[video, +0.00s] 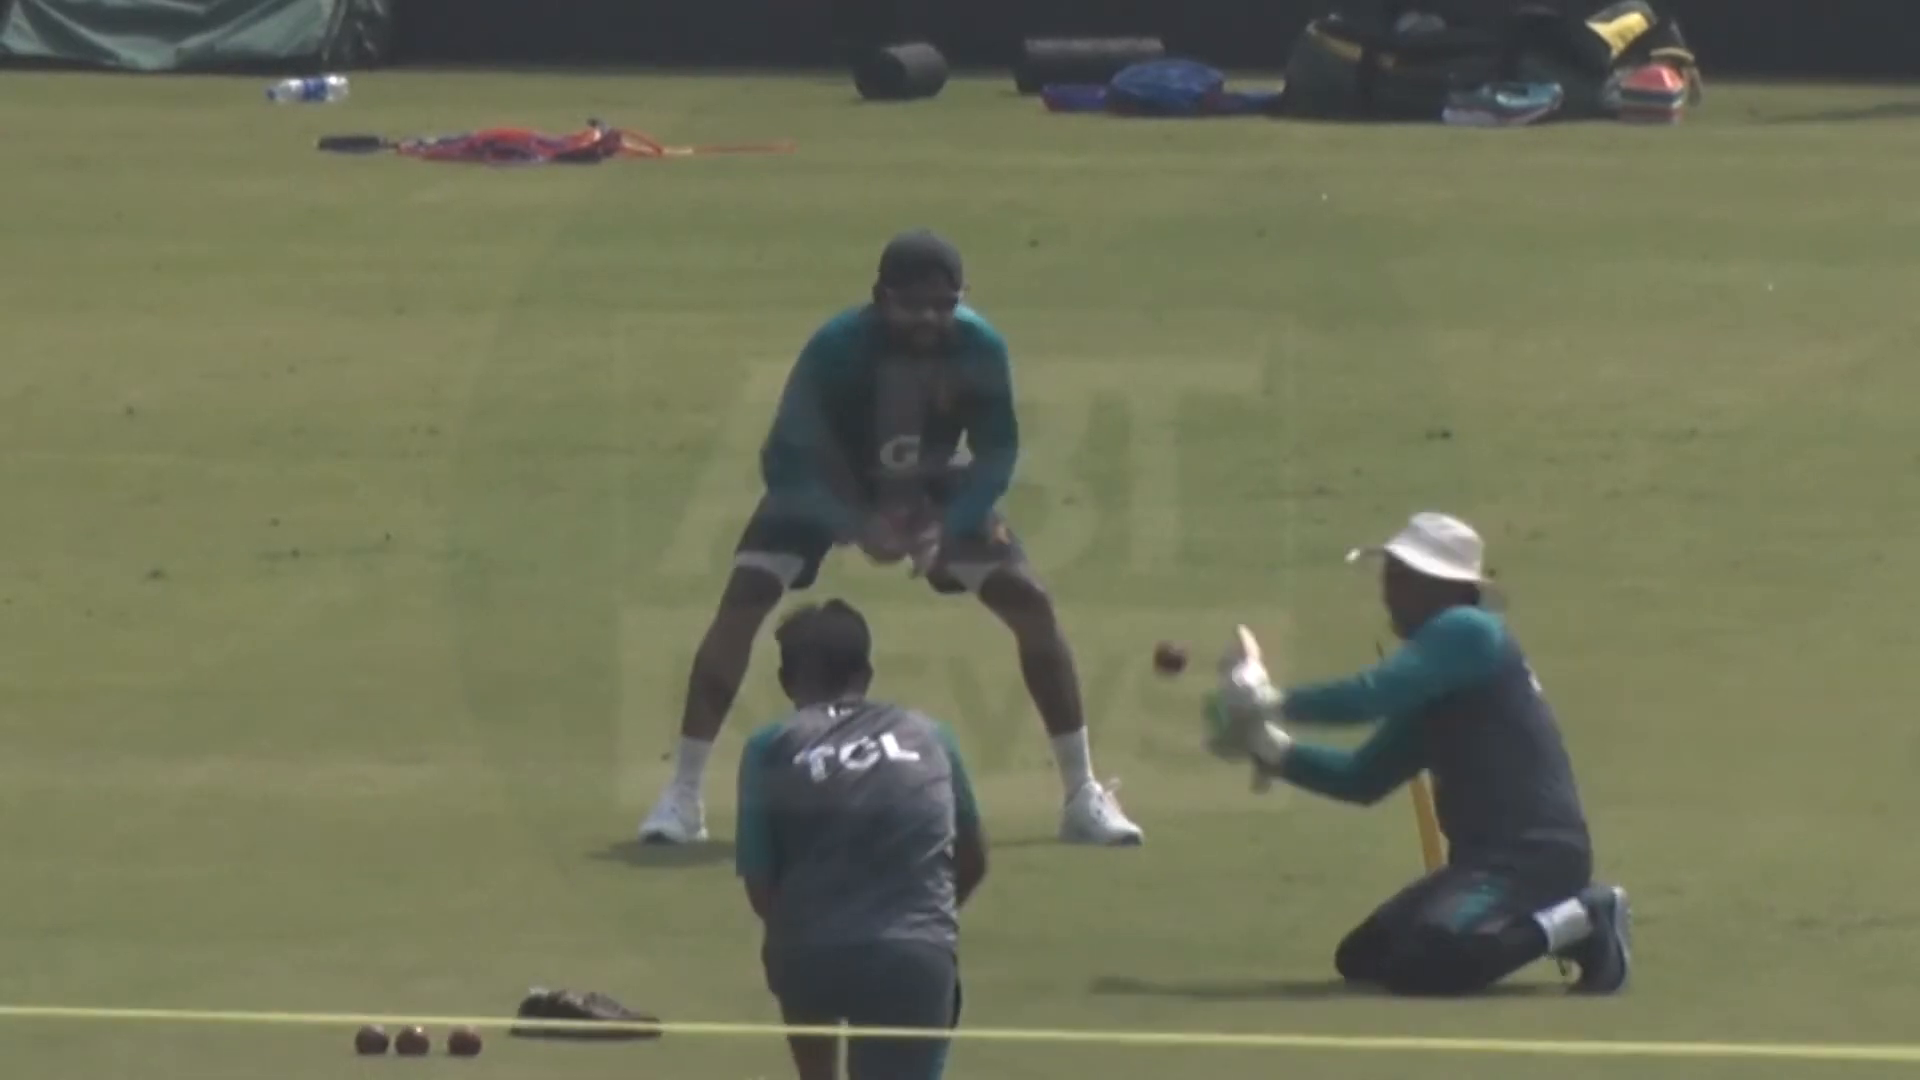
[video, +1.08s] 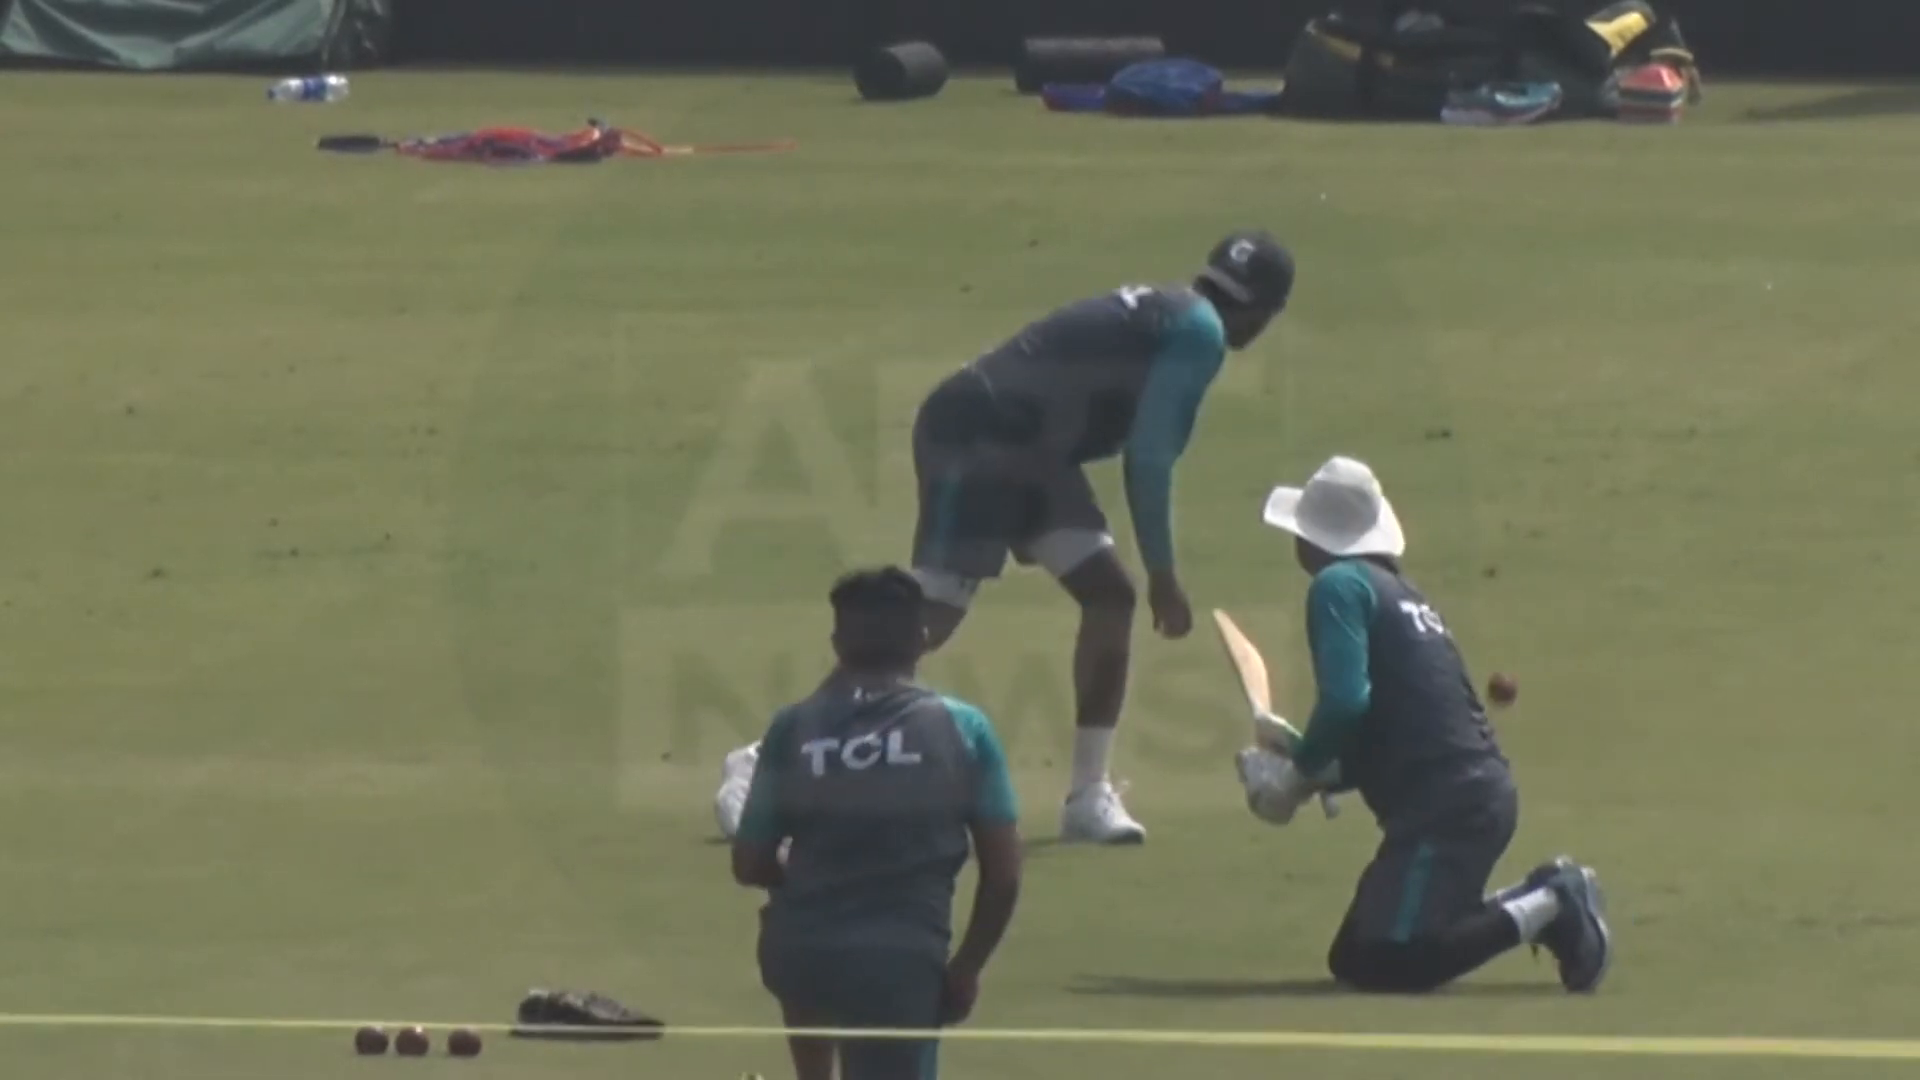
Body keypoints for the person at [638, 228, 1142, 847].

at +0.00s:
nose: (927, 321)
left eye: (940, 307)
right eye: (912, 307)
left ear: (958, 301)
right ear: (882, 299)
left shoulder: (981, 351)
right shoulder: (836, 347)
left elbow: (997, 452)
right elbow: (788, 462)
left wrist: (949, 523)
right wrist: (857, 525)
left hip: (932, 496)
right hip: (829, 491)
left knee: (1031, 607)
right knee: (744, 601)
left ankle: (1085, 795)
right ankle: (683, 794)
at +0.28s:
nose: (985, 367)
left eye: (997, 352)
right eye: (970, 351)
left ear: (1010, 351)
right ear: (935, 345)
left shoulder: (1022, 400)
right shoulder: (889, 385)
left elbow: (1052, 527)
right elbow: (880, 523)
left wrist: (1028, 532)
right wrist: (965, 529)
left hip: (950, 512)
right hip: (841, 503)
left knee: (1051, 607)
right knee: (753, 599)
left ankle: (1086, 796)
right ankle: (685, 795)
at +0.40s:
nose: (1082, 438)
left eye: (1090, 425)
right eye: (1071, 422)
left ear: (1097, 417)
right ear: (1032, 404)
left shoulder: (1091, 463)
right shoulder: (956, 428)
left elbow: (1140, 569)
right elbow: (907, 553)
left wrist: (1188, 652)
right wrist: (993, 588)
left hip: (976, 512)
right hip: (877, 490)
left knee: (1073, 604)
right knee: (779, 604)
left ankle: (1085, 799)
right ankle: (686, 795)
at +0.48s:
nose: (1156, 488)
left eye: (1161, 476)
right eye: (1148, 473)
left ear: (1150, 462)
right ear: (1108, 457)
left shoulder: (1132, 486)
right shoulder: (1020, 453)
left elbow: (1181, 586)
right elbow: (920, 544)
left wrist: (1246, 689)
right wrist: (971, 643)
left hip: (987, 508)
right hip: (895, 484)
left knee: (1095, 603)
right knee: (795, 620)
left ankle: (1088, 797)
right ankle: (686, 789)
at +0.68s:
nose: (1253, 497)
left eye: (1260, 486)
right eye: (1254, 483)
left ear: (1232, 447)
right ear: (1233, 460)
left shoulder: (1179, 465)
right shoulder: (1133, 460)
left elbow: (1172, 549)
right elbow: (1026, 565)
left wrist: (1188, 630)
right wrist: (998, 669)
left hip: (1017, 489)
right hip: (933, 468)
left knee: (1126, 601)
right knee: (843, 636)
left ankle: (1091, 797)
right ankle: (696, 786)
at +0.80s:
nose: (1276, 437)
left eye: (1283, 425)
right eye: (1282, 425)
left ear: (1242, 383)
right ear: (1263, 414)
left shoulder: (1189, 406)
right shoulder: (1178, 424)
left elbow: (1098, 498)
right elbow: (1089, 533)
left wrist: (1073, 558)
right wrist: (1078, 643)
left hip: (1030, 478)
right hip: (951, 455)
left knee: (1126, 603)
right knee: (876, 630)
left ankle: (1089, 798)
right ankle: (716, 776)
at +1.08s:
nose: (1262, 327)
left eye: (1264, 314)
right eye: (1267, 314)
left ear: (1214, 274)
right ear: (1258, 305)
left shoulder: (1165, 309)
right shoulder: (1200, 328)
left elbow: (1061, 410)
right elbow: (1148, 457)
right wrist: (1163, 578)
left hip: (1033, 453)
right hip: (972, 436)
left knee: (1110, 594)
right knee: (930, 621)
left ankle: (1089, 796)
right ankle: (766, 764)